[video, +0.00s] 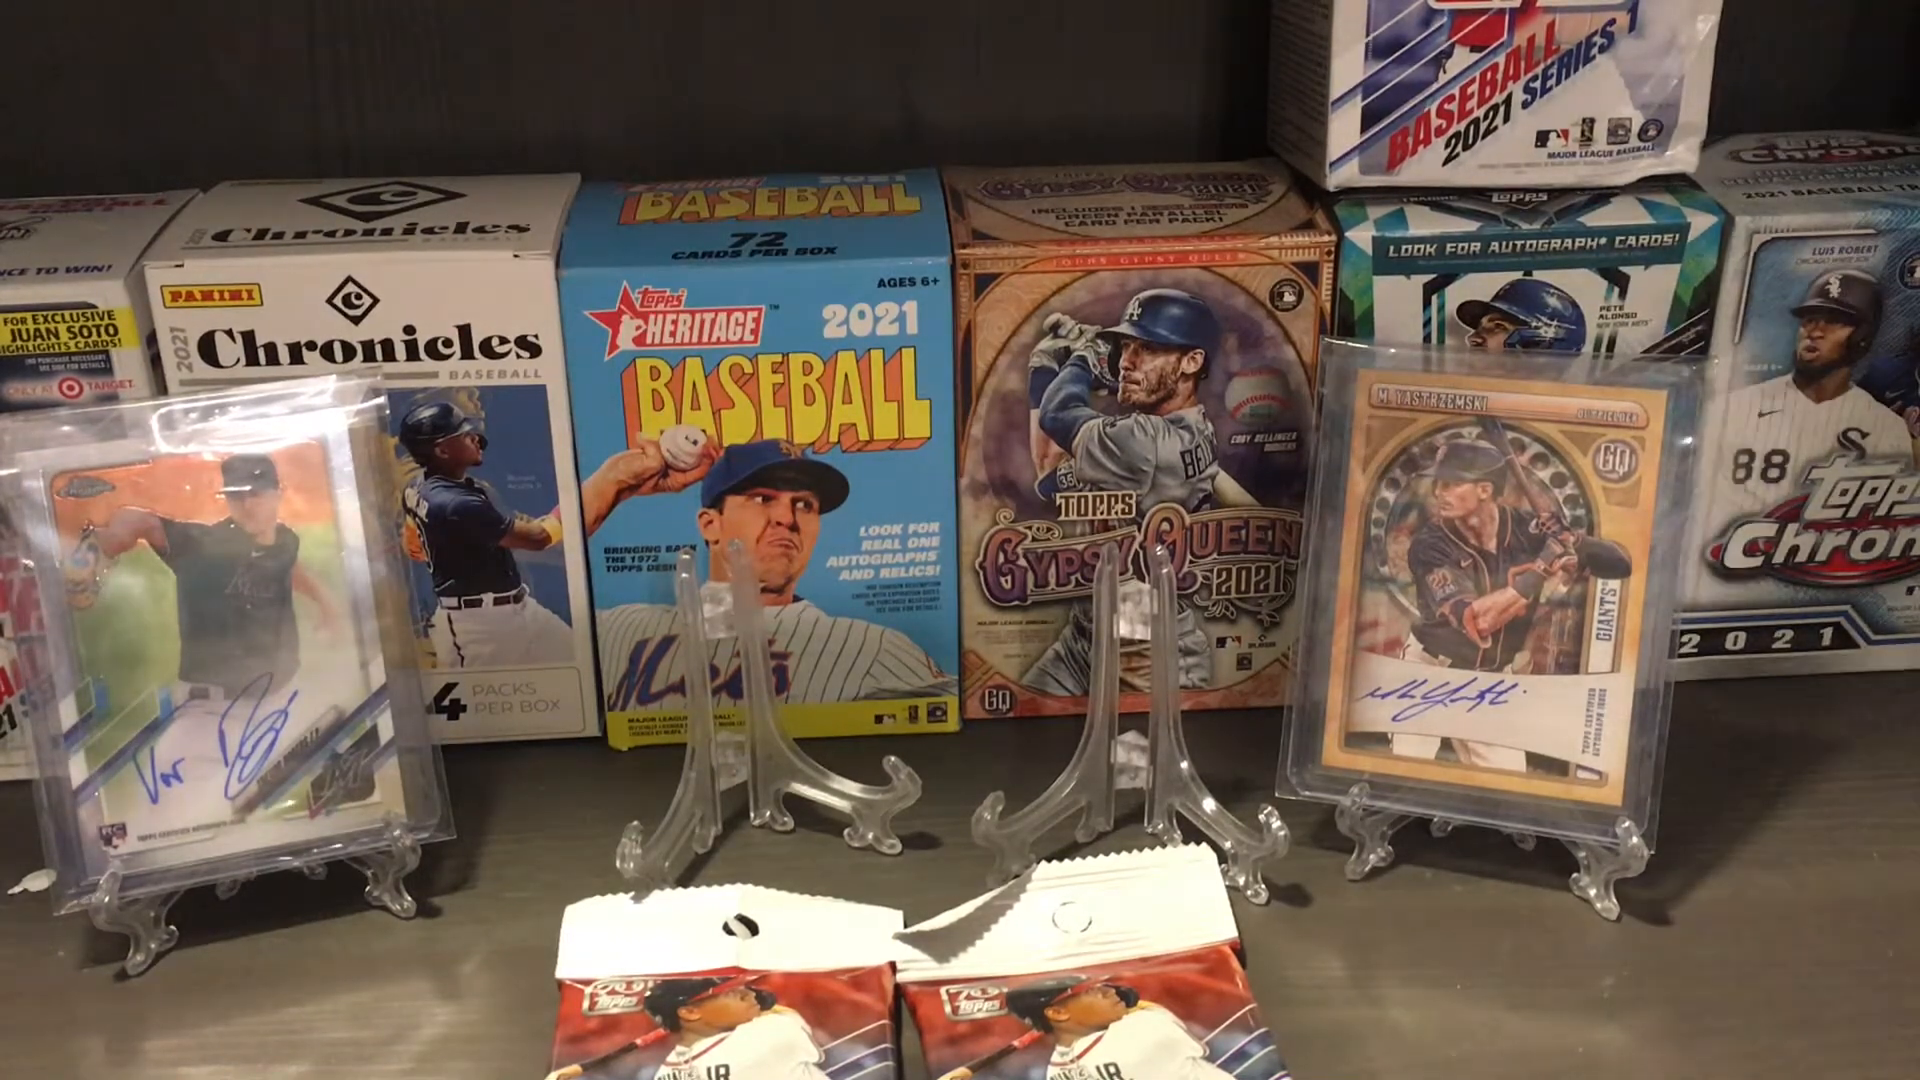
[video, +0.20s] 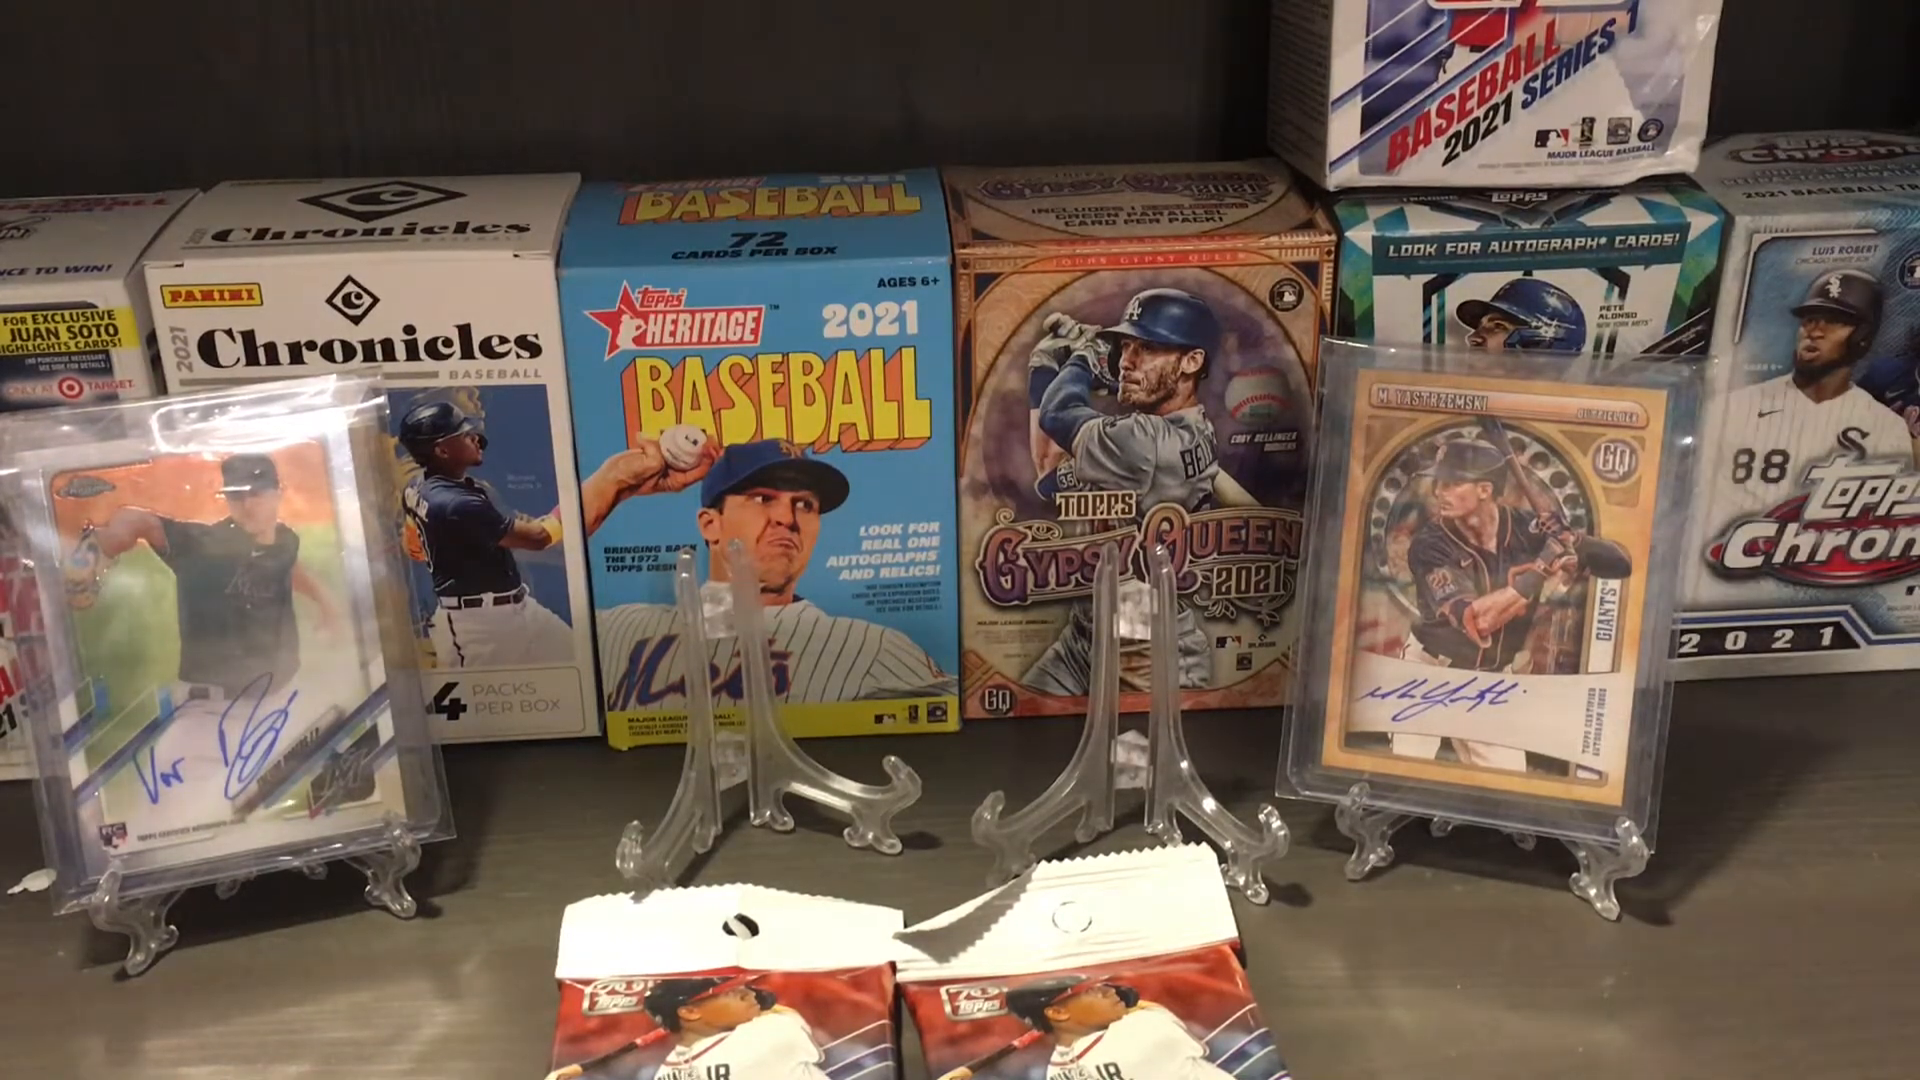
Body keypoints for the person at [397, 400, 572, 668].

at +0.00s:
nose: (476, 436)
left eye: (470, 430)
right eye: (465, 433)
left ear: (442, 451)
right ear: (442, 450)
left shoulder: (420, 490)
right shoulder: (460, 506)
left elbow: (414, 545)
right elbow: (539, 537)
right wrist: (569, 510)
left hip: (520, 609)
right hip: (474, 623)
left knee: (588, 663)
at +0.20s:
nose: (476, 436)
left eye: (470, 430)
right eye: (465, 433)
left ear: (442, 451)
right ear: (441, 449)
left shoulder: (419, 489)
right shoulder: (460, 506)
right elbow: (538, 537)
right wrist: (570, 509)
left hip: (520, 609)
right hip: (473, 622)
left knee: (588, 663)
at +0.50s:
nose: (476, 437)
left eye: (470, 430)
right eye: (465, 433)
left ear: (442, 451)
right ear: (442, 450)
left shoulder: (419, 490)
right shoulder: (460, 506)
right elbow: (538, 537)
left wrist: (539, 523)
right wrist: (568, 511)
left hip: (520, 609)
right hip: (473, 623)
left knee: (587, 664)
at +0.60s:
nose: (476, 437)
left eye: (470, 431)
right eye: (465, 433)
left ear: (442, 451)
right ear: (442, 450)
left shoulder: (420, 490)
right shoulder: (460, 507)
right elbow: (538, 538)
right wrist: (571, 509)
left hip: (520, 609)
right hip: (474, 623)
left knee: (587, 665)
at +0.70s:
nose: (476, 437)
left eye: (470, 430)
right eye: (465, 433)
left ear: (442, 451)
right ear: (442, 450)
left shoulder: (420, 489)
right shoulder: (460, 506)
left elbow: (414, 545)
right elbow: (538, 537)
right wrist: (569, 510)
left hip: (520, 609)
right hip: (473, 623)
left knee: (587, 663)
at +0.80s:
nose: (476, 437)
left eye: (470, 430)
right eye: (465, 433)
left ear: (442, 451)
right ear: (442, 450)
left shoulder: (420, 489)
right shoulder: (460, 506)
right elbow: (538, 537)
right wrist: (569, 510)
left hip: (520, 609)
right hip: (474, 623)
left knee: (587, 664)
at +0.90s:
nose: (476, 437)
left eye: (470, 431)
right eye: (465, 433)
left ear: (442, 451)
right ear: (442, 450)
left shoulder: (420, 489)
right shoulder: (460, 506)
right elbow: (538, 537)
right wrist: (570, 510)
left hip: (520, 609)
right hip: (474, 623)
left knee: (587, 664)